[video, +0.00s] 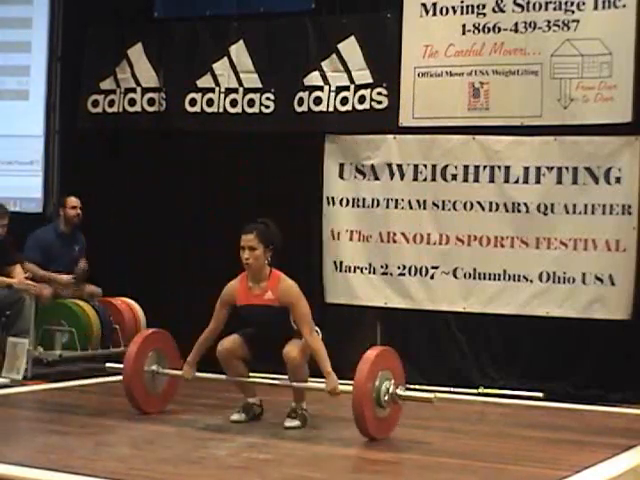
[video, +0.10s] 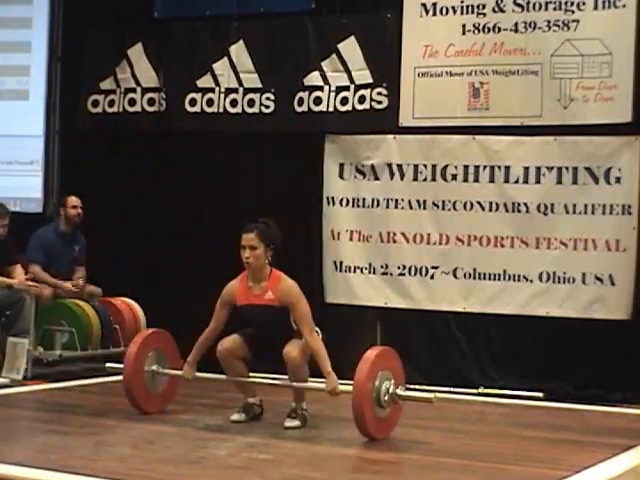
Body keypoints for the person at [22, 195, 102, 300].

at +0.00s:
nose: (78, 212)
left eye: (80, 208)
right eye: (73, 208)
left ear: (81, 210)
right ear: (61, 211)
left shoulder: (79, 238)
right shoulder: (41, 236)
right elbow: (28, 265)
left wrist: (82, 269)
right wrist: (56, 278)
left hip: (69, 285)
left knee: (95, 292)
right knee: (46, 293)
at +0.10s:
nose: (79, 212)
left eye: (81, 208)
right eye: (74, 207)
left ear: (82, 210)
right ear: (62, 211)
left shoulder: (79, 238)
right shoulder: (42, 235)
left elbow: (80, 267)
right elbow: (33, 269)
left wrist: (79, 280)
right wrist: (60, 284)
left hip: (68, 284)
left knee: (95, 292)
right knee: (46, 293)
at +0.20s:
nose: (81, 211)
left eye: (82, 207)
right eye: (75, 207)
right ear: (63, 210)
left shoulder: (79, 237)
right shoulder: (43, 235)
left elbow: (82, 267)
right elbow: (35, 270)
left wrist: (78, 284)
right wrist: (61, 286)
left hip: (69, 282)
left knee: (96, 292)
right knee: (47, 293)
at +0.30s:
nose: (83, 210)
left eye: (83, 207)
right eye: (77, 206)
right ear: (65, 209)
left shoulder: (79, 238)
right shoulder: (43, 235)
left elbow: (82, 268)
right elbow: (35, 269)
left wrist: (78, 284)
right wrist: (61, 287)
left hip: (69, 282)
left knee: (96, 292)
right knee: (47, 293)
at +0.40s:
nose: (84, 210)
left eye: (85, 207)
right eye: (80, 206)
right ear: (67, 209)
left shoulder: (80, 238)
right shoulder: (44, 233)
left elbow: (82, 268)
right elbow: (35, 267)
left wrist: (76, 285)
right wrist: (58, 286)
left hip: (69, 281)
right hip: (46, 281)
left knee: (95, 292)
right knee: (46, 293)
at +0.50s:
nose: (86, 211)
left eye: (86, 207)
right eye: (81, 207)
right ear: (68, 209)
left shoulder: (80, 240)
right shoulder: (46, 233)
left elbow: (81, 268)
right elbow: (35, 265)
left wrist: (76, 285)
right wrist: (57, 287)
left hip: (67, 281)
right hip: (44, 280)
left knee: (95, 292)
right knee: (45, 293)